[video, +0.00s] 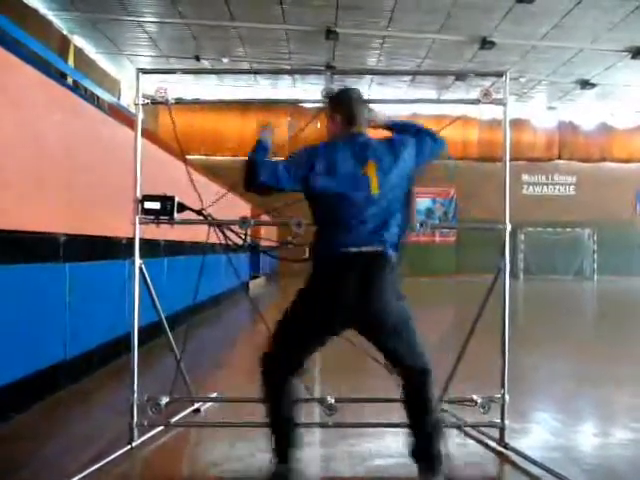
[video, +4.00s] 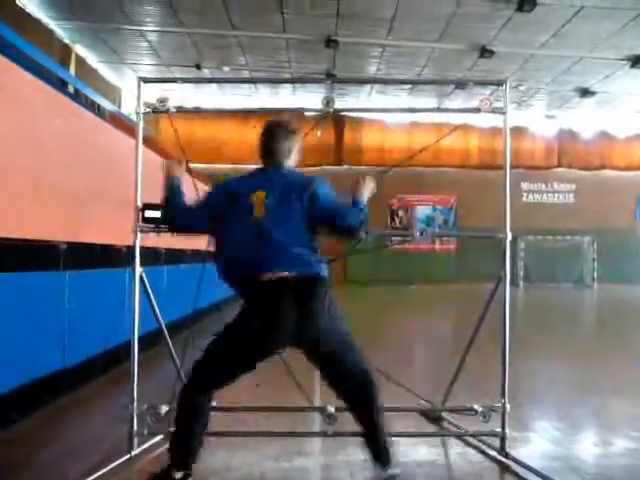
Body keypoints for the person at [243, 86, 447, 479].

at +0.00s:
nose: (327, 126)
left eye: (329, 120)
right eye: (330, 119)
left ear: (335, 121)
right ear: (366, 120)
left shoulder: (319, 160)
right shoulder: (396, 152)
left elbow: (260, 178)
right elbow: (432, 140)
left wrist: (264, 143)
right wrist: (387, 125)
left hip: (328, 289)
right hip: (378, 290)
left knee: (278, 364)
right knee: (416, 370)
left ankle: (284, 463)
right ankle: (430, 465)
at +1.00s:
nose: (372, 140)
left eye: (373, 134)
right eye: (377, 134)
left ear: (377, 137)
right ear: (405, 139)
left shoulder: (358, 173)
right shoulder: (429, 178)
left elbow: (297, 195)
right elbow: (473, 183)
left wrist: (296, 158)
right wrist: (445, 151)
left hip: (355, 292)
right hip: (403, 293)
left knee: (324, 375)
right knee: (451, 371)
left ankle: (318, 461)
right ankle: (489, 459)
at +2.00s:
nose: (441, 157)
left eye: (436, 151)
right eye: (439, 152)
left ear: (407, 158)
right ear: (437, 159)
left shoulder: (384, 197)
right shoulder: (451, 194)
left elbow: (347, 242)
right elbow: (481, 169)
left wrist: (344, 208)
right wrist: (486, 116)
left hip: (374, 307)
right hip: (419, 311)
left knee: (317, 384)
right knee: (479, 369)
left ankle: (255, 461)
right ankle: (482, 461)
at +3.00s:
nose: (347, 136)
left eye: (347, 131)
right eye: (346, 131)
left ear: (305, 128)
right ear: (339, 130)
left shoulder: (270, 166)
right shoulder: (347, 165)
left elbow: (223, 177)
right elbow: (405, 206)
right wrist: (406, 174)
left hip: (299, 297)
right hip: (350, 291)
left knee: (259, 397)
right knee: (401, 355)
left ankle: (246, 476)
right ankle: (390, 445)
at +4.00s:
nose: (298, 155)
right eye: (298, 150)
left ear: (261, 152)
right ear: (295, 153)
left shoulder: (229, 192)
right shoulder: (307, 188)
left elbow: (179, 220)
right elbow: (350, 224)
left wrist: (174, 182)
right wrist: (362, 197)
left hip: (262, 308)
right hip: (311, 304)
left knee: (199, 382)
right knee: (355, 378)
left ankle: (180, 467)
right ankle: (383, 458)